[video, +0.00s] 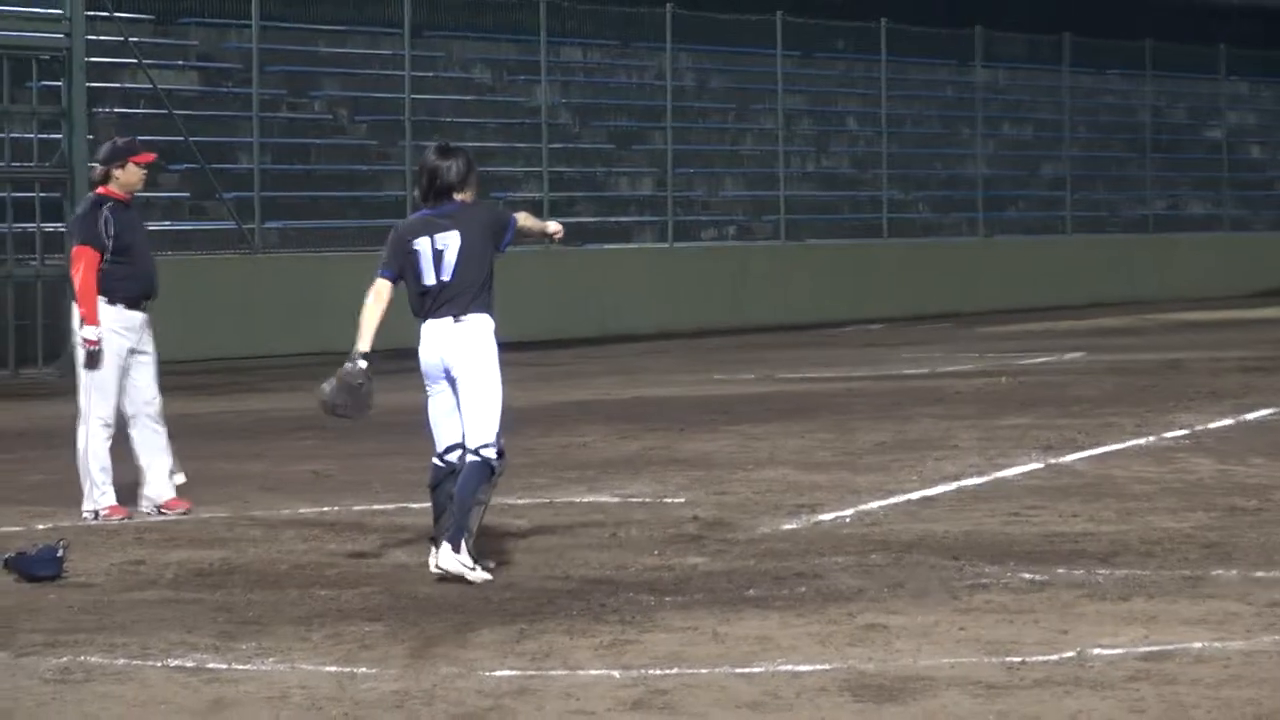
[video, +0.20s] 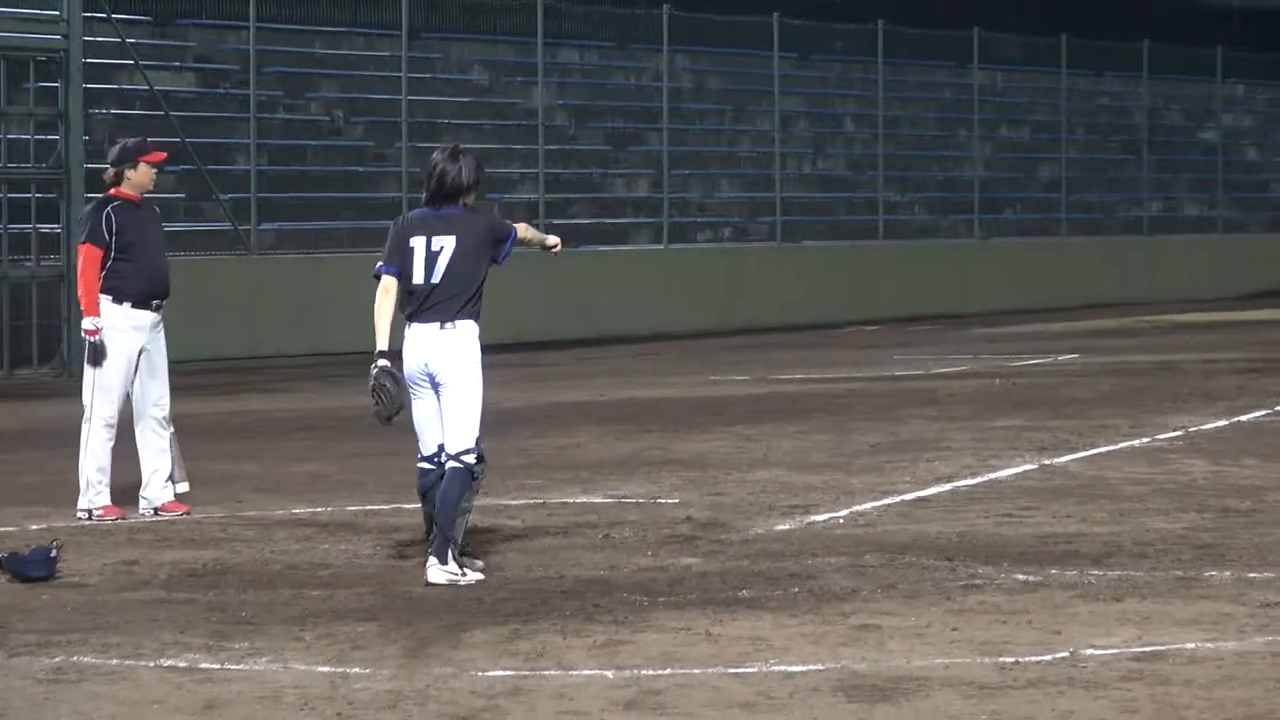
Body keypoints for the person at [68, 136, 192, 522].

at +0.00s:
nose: (145, 173)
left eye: (145, 168)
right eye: (139, 168)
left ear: (126, 171)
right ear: (117, 170)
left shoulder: (128, 210)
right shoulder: (95, 212)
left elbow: (127, 266)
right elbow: (83, 272)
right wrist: (90, 330)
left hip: (137, 318)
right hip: (104, 317)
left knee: (146, 409)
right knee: (98, 416)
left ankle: (159, 493)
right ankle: (98, 501)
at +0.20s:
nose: (155, 172)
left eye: (154, 167)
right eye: (149, 166)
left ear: (135, 171)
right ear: (127, 171)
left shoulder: (148, 211)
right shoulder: (104, 210)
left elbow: (146, 262)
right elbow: (87, 266)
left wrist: (153, 312)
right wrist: (91, 320)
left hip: (151, 320)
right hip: (116, 318)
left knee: (155, 412)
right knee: (102, 414)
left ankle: (158, 495)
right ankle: (94, 500)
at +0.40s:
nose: (172, 177)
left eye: (171, 172)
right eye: (165, 172)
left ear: (157, 177)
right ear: (142, 176)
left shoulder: (167, 219)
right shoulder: (117, 215)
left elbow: (167, 270)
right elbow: (107, 270)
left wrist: (180, 315)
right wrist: (121, 327)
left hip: (166, 327)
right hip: (128, 324)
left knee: (163, 418)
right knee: (115, 420)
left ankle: (160, 501)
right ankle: (103, 506)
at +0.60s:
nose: (174, 177)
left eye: (173, 171)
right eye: (167, 171)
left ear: (154, 179)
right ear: (144, 178)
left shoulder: (171, 222)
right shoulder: (121, 217)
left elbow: (175, 273)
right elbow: (115, 273)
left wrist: (191, 319)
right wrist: (145, 322)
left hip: (172, 329)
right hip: (133, 327)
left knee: (166, 420)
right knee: (123, 421)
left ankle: (163, 503)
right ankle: (111, 508)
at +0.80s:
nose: (172, 177)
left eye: (171, 171)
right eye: (165, 172)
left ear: (153, 179)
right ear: (142, 179)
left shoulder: (169, 221)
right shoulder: (120, 218)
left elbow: (171, 273)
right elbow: (117, 273)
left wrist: (186, 319)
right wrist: (141, 324)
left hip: (170, 328)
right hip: (132, 327)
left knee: (166, 420)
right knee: (120, 421)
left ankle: (164, 503)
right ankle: (112, 507)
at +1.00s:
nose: (168, 177)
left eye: (168, 171)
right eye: (161, 172)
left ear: (156, 178)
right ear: (138, 177)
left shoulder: (168, 222)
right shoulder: (117, 217)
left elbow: (168, 276)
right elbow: (107, 271)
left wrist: (185, 318)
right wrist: (118, 323)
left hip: (167, 329)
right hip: (129, 328)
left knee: (166, 418)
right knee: (118, 420)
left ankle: (165, 501)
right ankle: (112, 506)